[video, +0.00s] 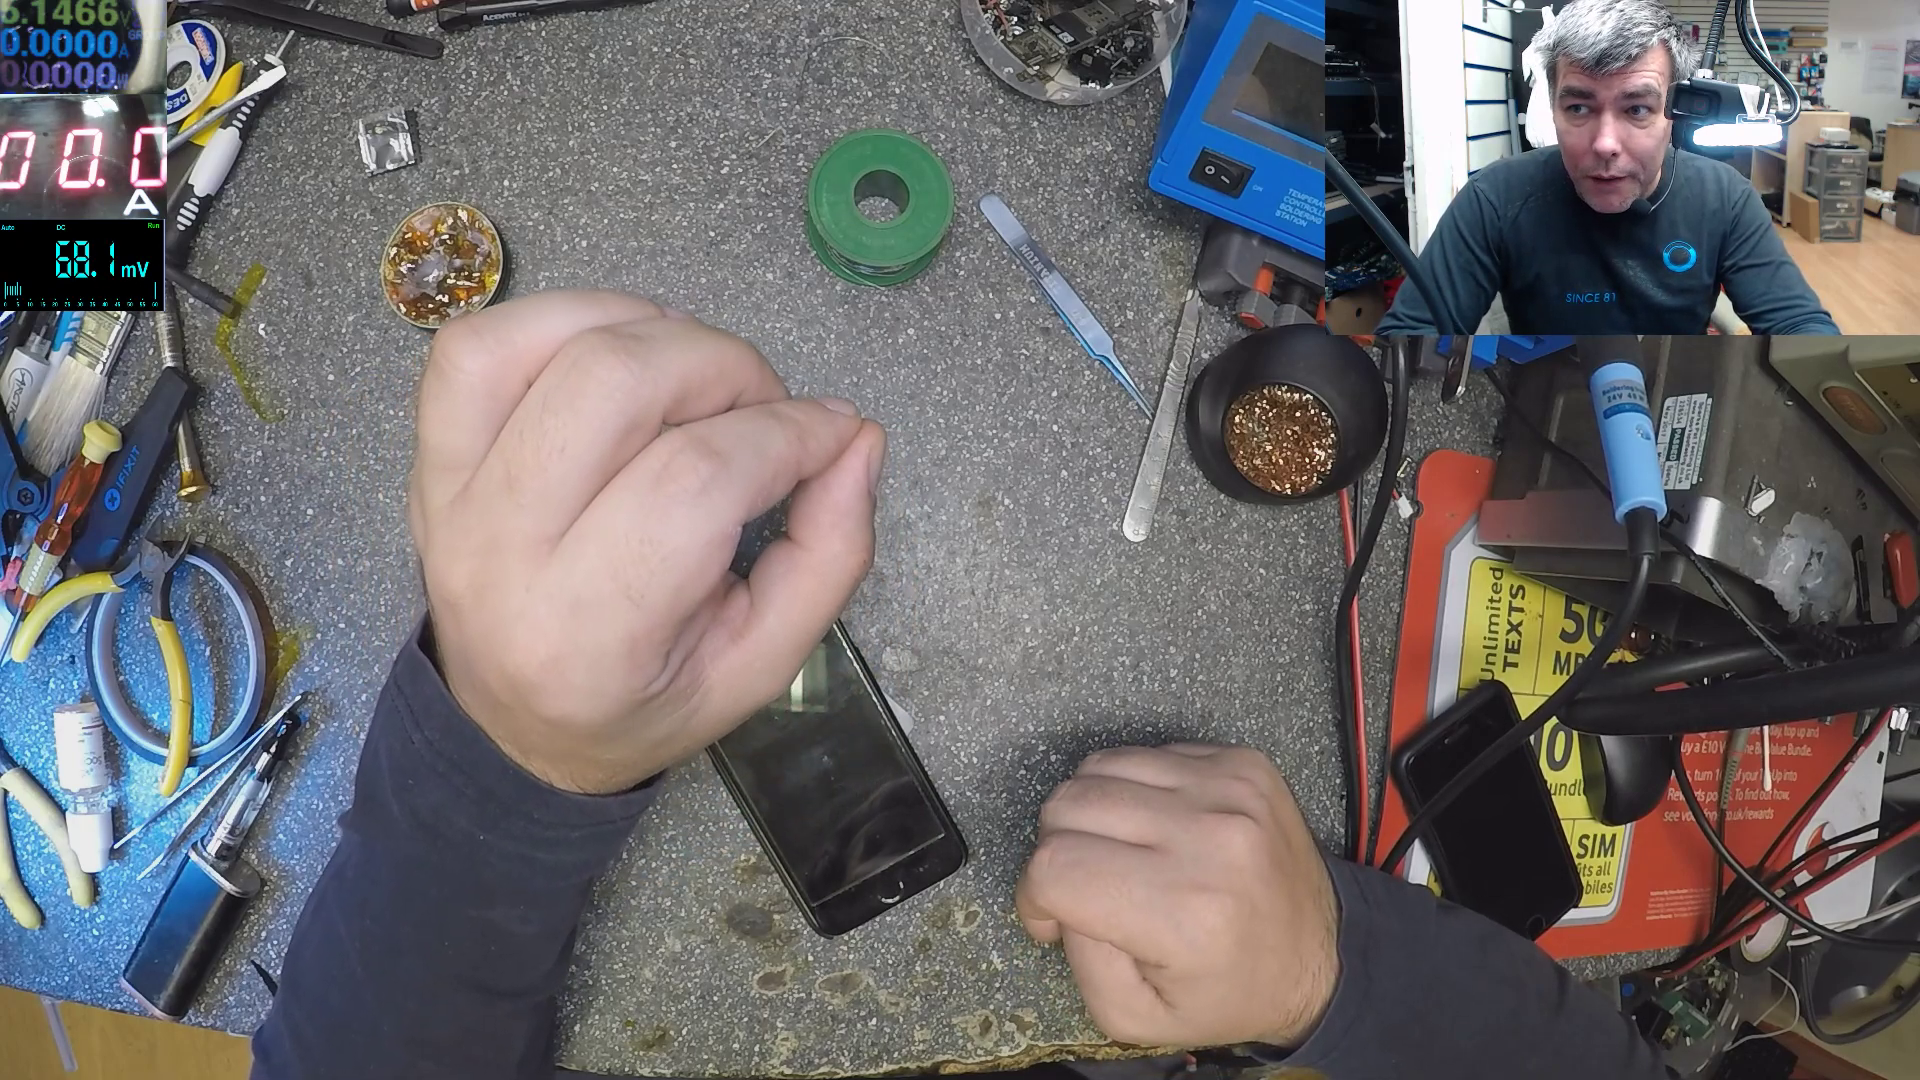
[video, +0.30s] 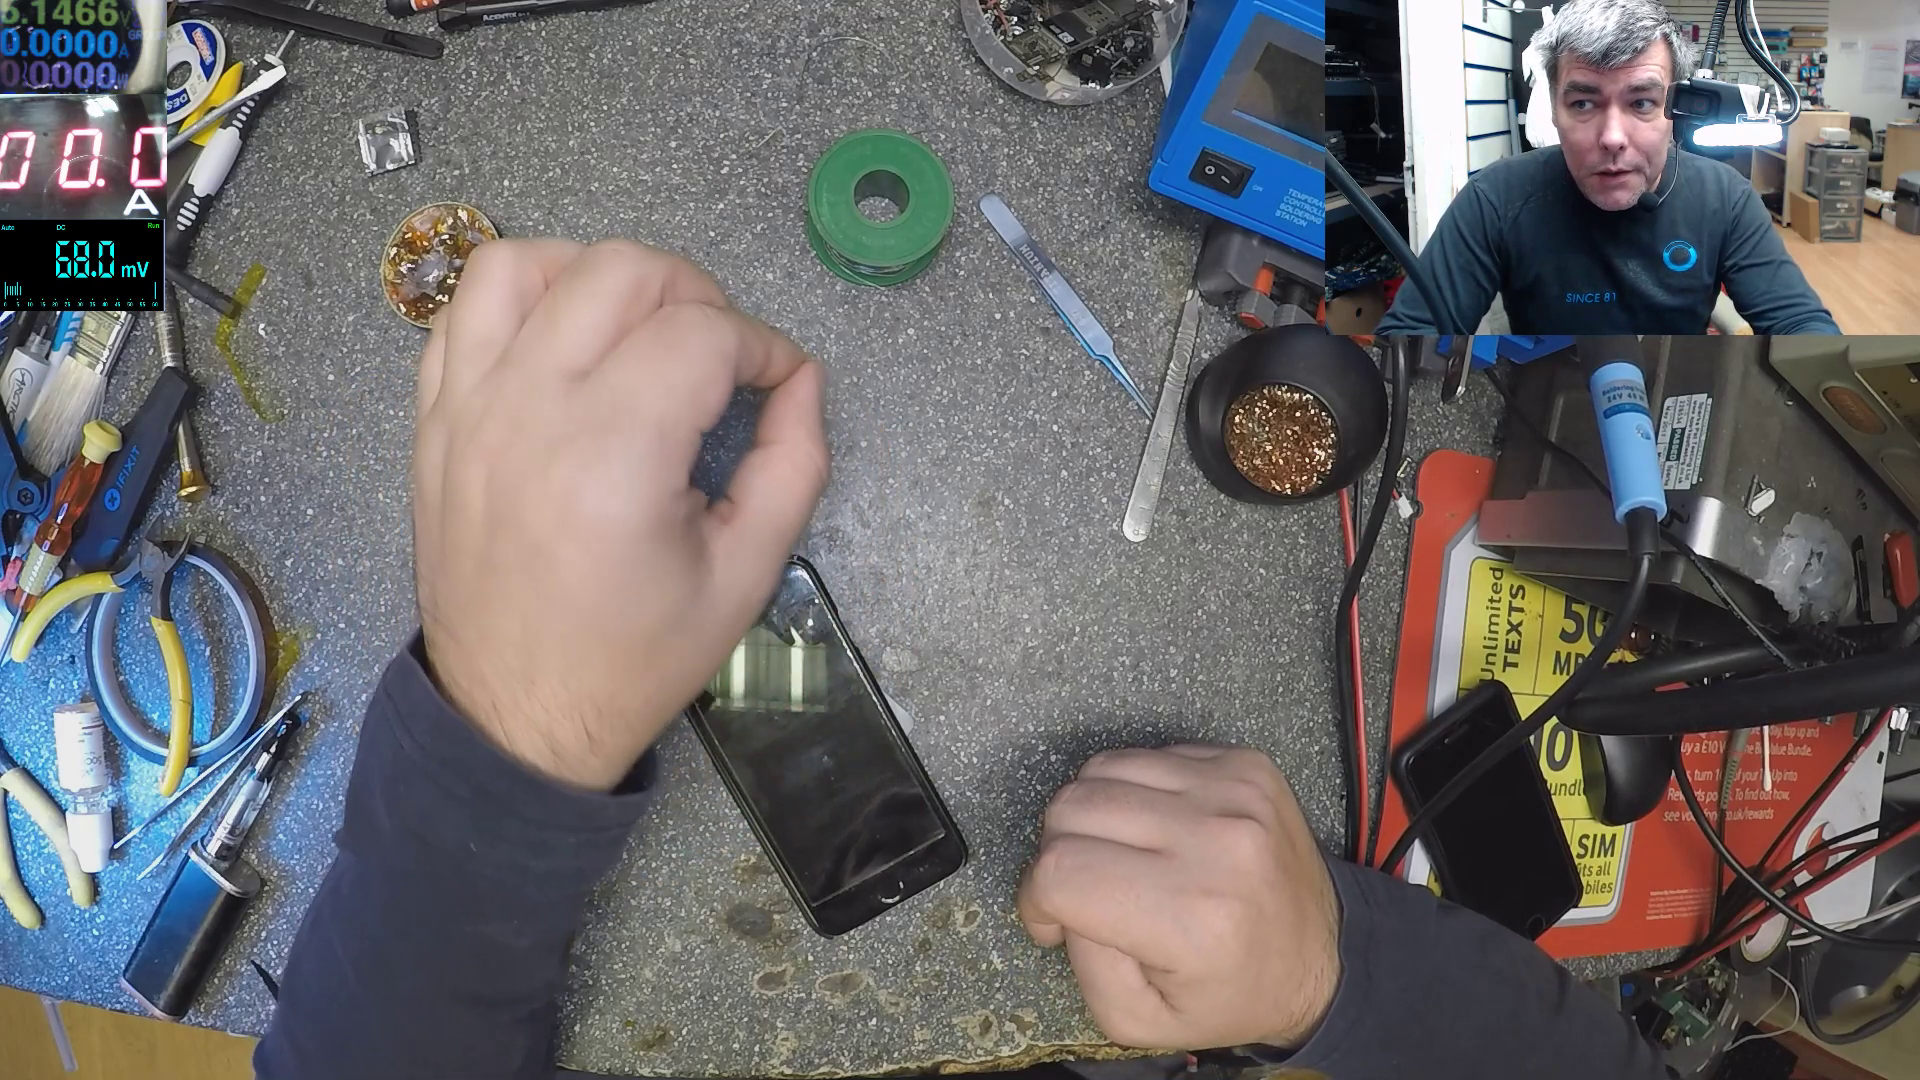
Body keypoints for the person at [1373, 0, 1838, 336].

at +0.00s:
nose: (1606, 145)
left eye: (1636, 111)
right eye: (1579, 109)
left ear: (1670, 113)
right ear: (1550, 109)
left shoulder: (1722, 199)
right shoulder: (1495, 203)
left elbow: (1801, 327)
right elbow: (1407, 337)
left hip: (1681, 421)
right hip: (1544, 422)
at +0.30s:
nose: (1613, 138)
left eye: (1640, 105)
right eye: (1583, 104)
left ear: (1671, 111)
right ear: (1552, 111)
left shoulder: (1722, 199)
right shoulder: (1496, 202)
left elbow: (1801, 325)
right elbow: (1408, 334)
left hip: (1683, 419)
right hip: (1546, 422)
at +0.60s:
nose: (1589, 143)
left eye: (1624, 110)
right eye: (1569, 105)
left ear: (1666, 116)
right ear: (1546, 108)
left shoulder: (1721, 200)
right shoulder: (1496, 202)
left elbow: (1804, 330)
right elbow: (1407, 338)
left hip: (1682, 419)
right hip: (1545, 420)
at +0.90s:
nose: (1589, 146)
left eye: (1621, 112)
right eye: (1567, 109)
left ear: (1665, 116)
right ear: (1543, 109)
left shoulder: (1720, 199)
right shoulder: (1496, 202)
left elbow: (1801, 328)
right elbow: (1406, 335)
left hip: (1681, 422)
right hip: (1545, 424)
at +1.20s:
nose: (1599, 125)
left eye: (1629, 95)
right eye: (1575, 95)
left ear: (1668, 107)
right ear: (1549, 106)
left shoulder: (1721, 199)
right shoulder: (1495, 202)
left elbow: (1800, 327)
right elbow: (1407, 337)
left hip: (1682, 416)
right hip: (1544, 418)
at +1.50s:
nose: (1589, 135)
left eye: (1623, 103)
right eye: (1568, 101)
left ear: (1666, 111)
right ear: (1545, 108)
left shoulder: (1721, 200)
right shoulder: (1496, 203)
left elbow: (1802, 329)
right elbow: (1407, 337)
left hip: (1681, 419)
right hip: (1544, 420)